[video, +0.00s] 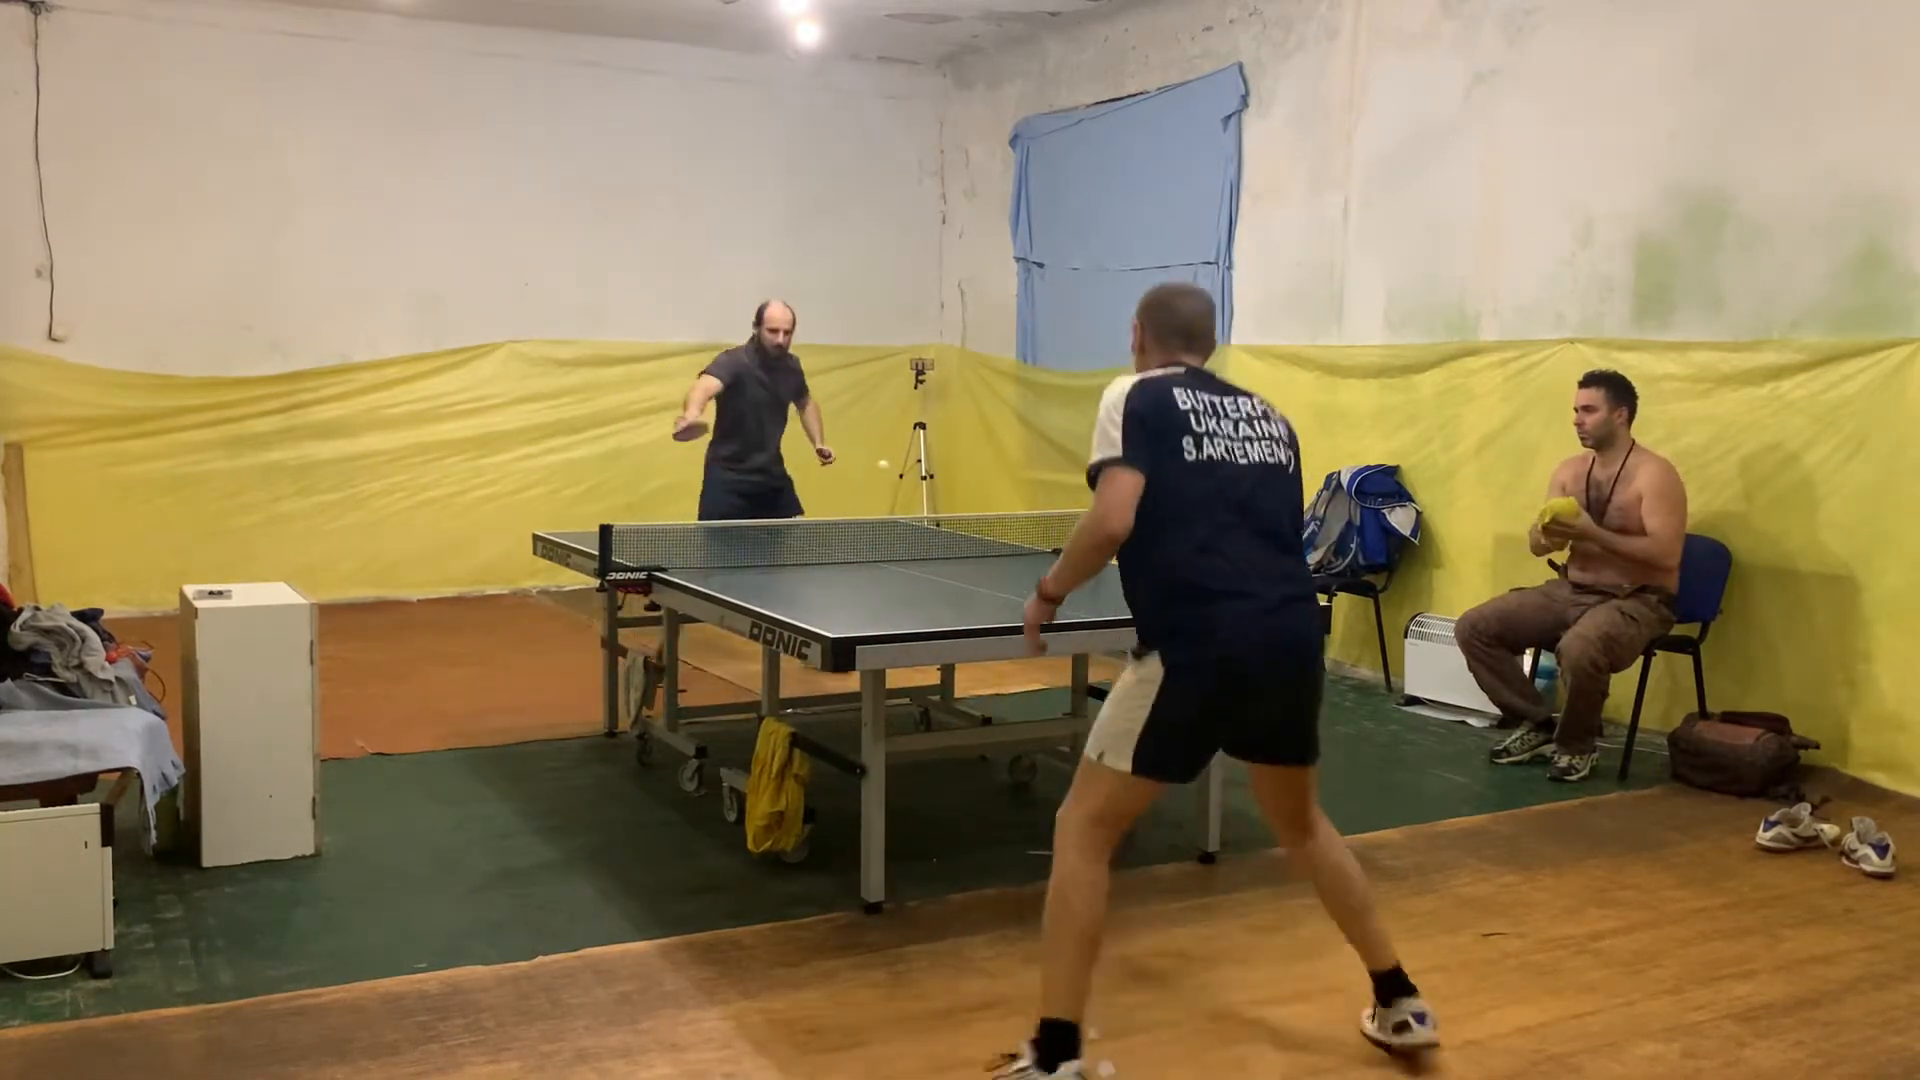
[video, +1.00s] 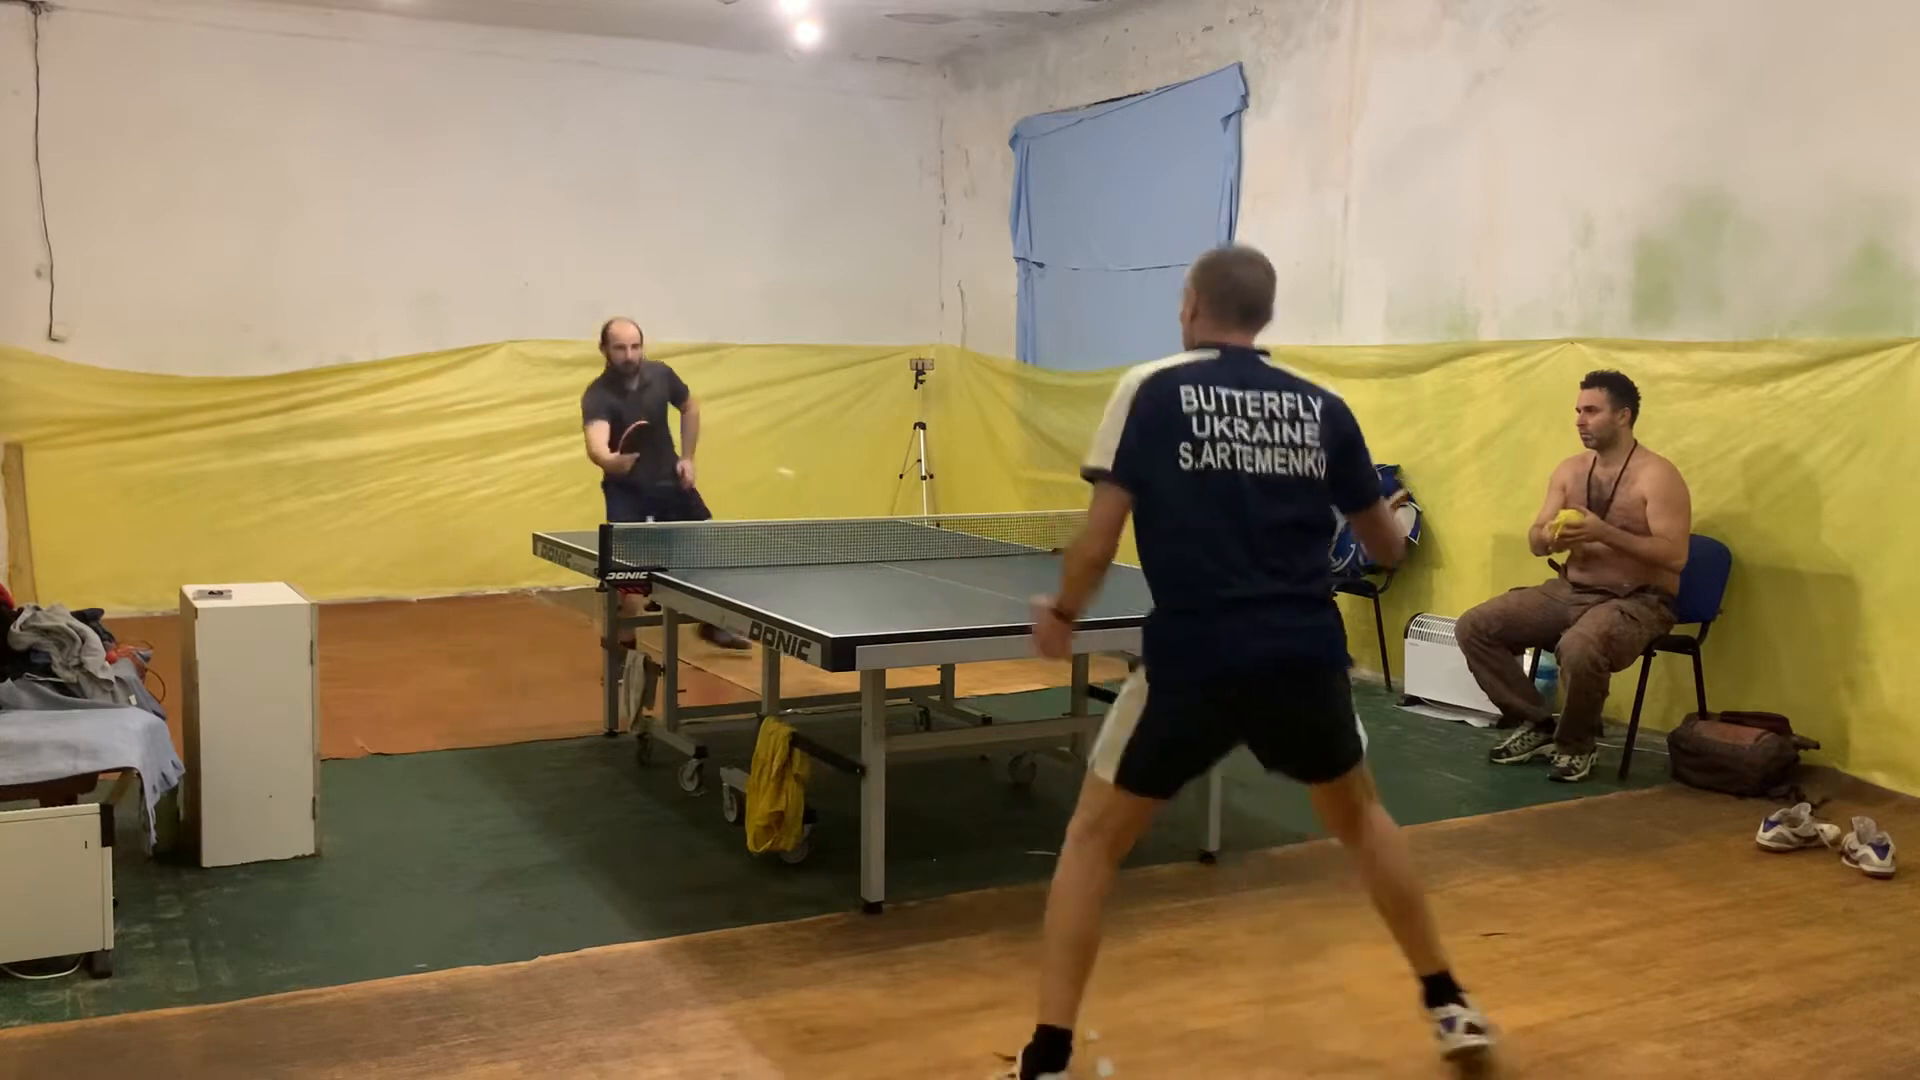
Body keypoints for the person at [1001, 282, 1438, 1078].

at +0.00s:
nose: (1129, 352)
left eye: (1130, 341)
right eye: (1138, 341)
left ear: (1141, 342)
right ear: (1210, 348)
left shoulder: (1134, 394)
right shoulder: (1270, 418)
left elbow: (1114, 520)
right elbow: (1284, 536)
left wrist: (1052, 590)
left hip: (1189, 652)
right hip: (1292, 649)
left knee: (1084, 826)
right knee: (1302, 822)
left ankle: (1056, 1048)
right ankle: (1400, 999)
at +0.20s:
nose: (1103, 443)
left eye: (1103, 433)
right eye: (1102, 433)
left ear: (1113, 428)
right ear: (1183, 432)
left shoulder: (1132, 473)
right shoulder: (1233, 481)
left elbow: (1137, 606)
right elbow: (1222, 604)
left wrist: (1044, 666)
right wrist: (1106, 640)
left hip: (1236, 700)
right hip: (1331, 693)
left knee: (1071, 841)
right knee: (1295, 845)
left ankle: (1053, 1064)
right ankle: (1404, 1015)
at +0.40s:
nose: (1102, 416)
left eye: (1102, 399)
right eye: (1101, 401)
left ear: (1123, 393)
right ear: (1178, 393)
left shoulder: (1174, 451)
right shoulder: (1215, 456)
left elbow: (1160, 608)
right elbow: (1248, 620)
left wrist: (1040, 623)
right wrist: (1167, 671)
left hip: (1247, 706)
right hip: (1312, 698)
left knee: (1065, 840)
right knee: (1279, 853)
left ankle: (1054, 1066)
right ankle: (1401, 1016)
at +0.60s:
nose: (1133, 360)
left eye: (1136, 344)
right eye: (1136, 344)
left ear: (1158, 344)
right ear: (1222, 352)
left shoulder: (1155, 438)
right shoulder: (1264, 438)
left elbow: (1062, 588)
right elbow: (1234, 404)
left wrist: (939, 609)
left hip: (1156, 714)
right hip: (1246, 704)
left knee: (1010, 870)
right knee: (1198, 835)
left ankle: (1069, 1071)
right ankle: (1324, 1009)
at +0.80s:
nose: (1144, 314)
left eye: (1147, 302)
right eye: (1149, 301)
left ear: (1163, 308)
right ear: (1234, 318)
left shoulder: (1137, 404)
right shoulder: (1288, 413)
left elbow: (1061, 547)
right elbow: (1352, 507)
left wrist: (971, 576)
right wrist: (1369, 460)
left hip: (1158, 685)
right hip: (1262, 680)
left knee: (1053, 859)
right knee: (1254, 824)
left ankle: (1075, 1065)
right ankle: (1333, 1012)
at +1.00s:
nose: (1179, 313)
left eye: (1182, 300)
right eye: (1186, 299)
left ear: (1192, 309)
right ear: (1267, 321)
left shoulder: (1147, 390)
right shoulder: (1320, 406)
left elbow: (1098, 539)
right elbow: (1388, 546)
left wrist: (1061, 611)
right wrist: (1390, 516)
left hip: (1191, 666)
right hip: (1305, 663)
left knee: (1094, 841)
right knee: (1362, 817)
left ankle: (1046, 1059)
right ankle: (1448, 1002)